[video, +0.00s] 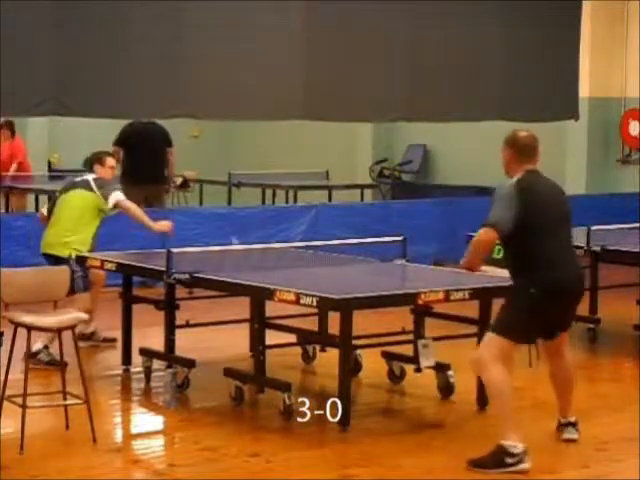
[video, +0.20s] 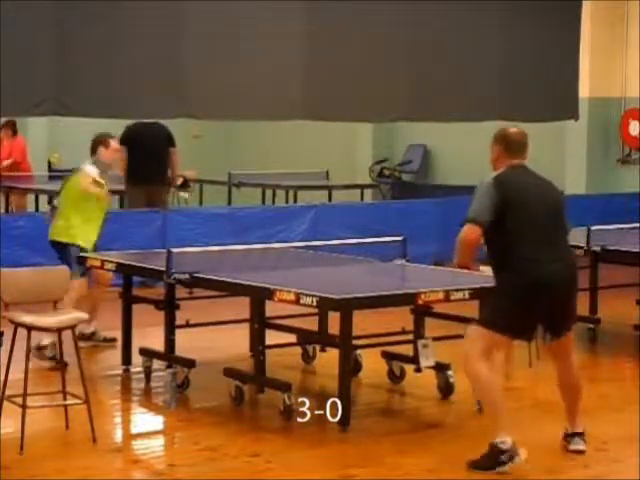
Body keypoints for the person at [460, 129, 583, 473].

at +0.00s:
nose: (503, 161)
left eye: (503, 156)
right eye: (504, 155)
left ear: (509, 157)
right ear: (536, 155)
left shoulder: (512, 190)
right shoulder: (554, 189)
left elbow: (486, 238)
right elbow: (554, 237)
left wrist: (469, 265)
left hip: (537, 285)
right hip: (570, 281)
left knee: (489, 356)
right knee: (556, 346)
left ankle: (511, 446)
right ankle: (567, 420)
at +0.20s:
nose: (490, 158)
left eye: (491, 152)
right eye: (492, 152)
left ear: (497, 153)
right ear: (526, 154)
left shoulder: (496, 184)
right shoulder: (549, 187)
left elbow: (471, 235)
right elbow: (559, 236)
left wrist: (463, 264)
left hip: (518, 283)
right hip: (562, 280)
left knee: (476, 355)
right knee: (564, 354)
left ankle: (503, 443)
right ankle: (575, 432)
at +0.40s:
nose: (478, 180)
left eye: (479, 175)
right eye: (481, 175)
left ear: (484, 175)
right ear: (513, 175)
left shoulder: (485, 207)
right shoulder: (539, 206)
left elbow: (466, 257)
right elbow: (570, 260)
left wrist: (448, 283)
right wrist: (564, 295)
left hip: (513, 299)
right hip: (559, 295)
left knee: (467, 368)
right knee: (566, 360)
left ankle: (468, 457)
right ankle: (587, 437)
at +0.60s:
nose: (477, 178)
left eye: (477, 173)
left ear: (481, 173)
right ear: (511, 173)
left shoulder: (471, 207)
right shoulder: (536, 204)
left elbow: (456, 260)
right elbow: (567, 258)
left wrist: (446, 293)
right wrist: (577, 280)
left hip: (499, 308)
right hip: (547, 304)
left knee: (447, 377)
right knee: (558, 362)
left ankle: (466, 458)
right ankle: (587, 437)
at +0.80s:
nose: (489, 153)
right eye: (488, 147)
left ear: (455, 155)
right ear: (487, 148)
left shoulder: (449, 193)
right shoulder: (514, 179)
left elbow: (432, 250)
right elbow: (537, 233)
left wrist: (436, 271)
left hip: (482, 297)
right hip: (529, 292)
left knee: (449, 377)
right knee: (553, 369)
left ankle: (460, 460)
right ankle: (580, 445)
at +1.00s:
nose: (444, 144)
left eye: (444, 139)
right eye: (446, 138)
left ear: (448, 139)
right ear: (481, 136)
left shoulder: (451, 181)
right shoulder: (510, 165)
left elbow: (448, 238)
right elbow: (530, 218)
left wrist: (432, 262)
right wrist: (499, 235)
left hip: (484, 285)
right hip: (529, 278)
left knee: (454, 370)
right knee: (547, 364)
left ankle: (460, 461)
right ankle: (573, 448)